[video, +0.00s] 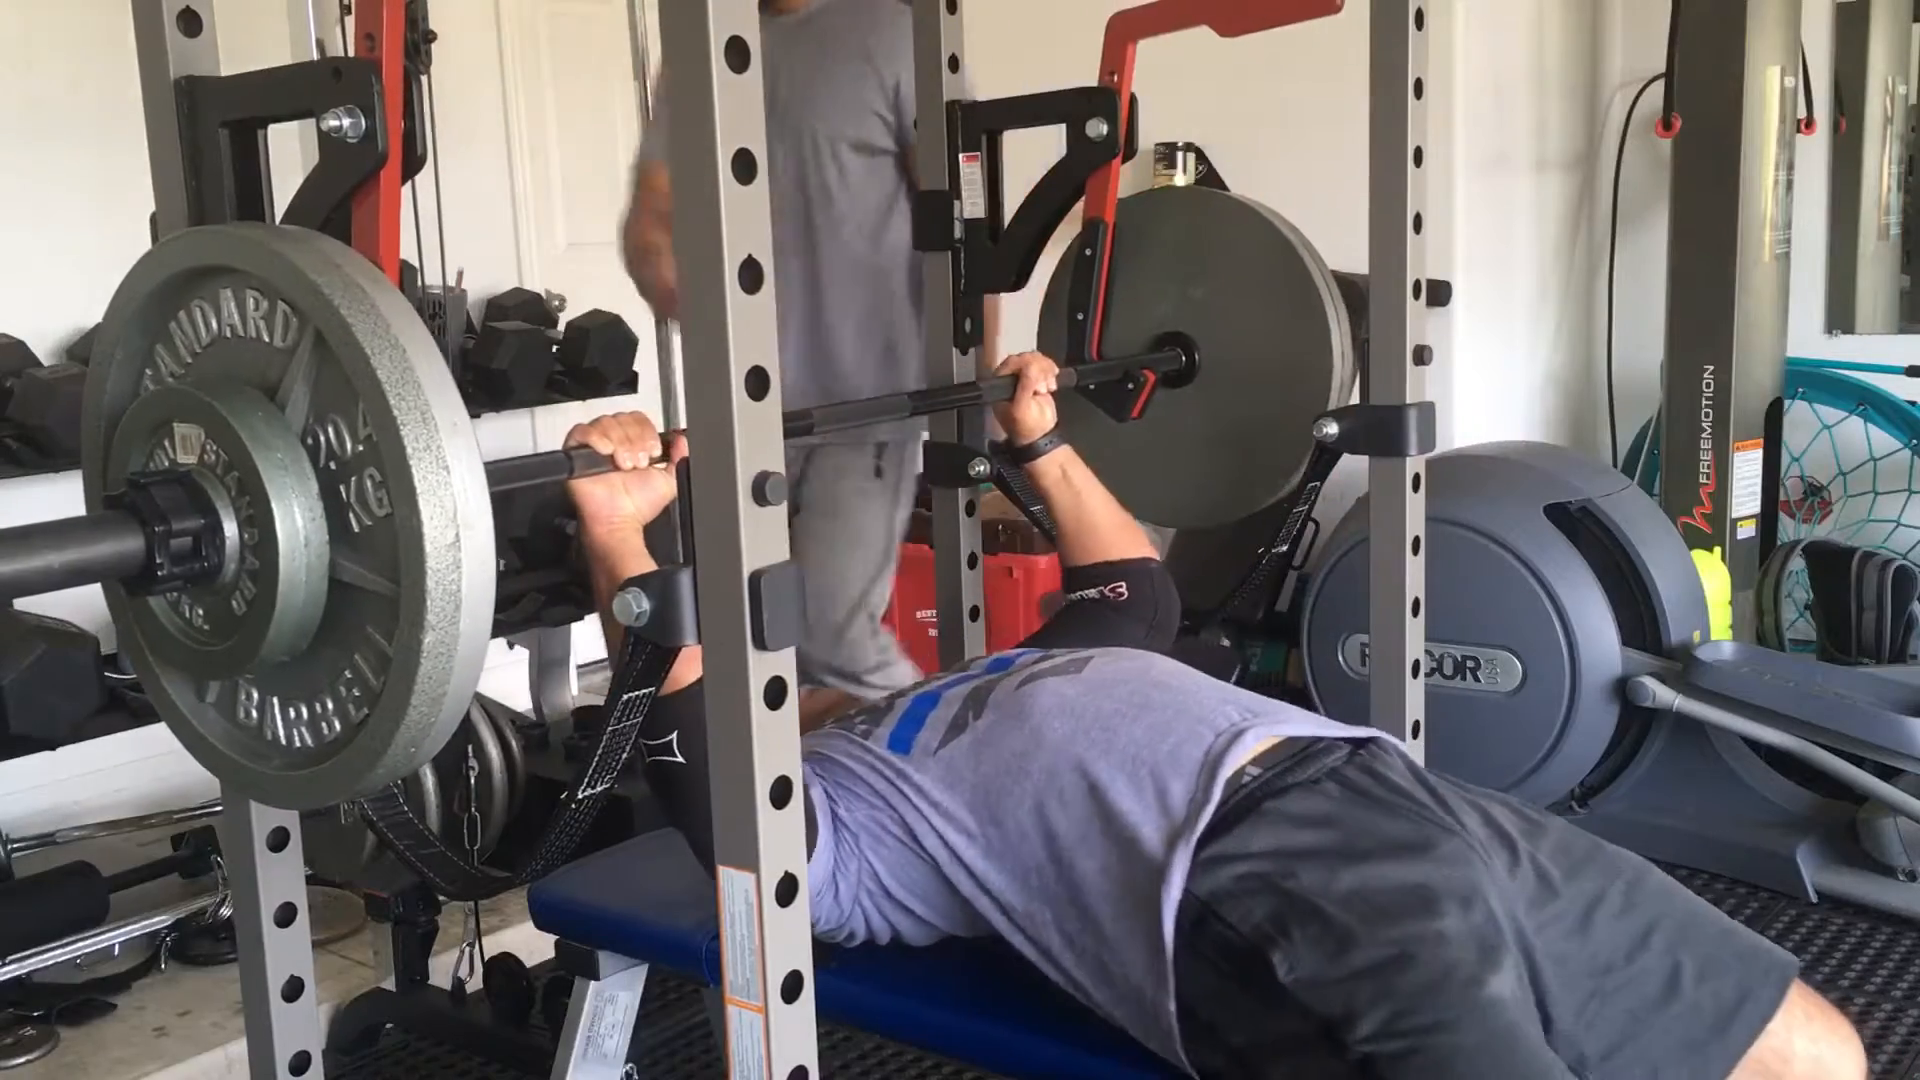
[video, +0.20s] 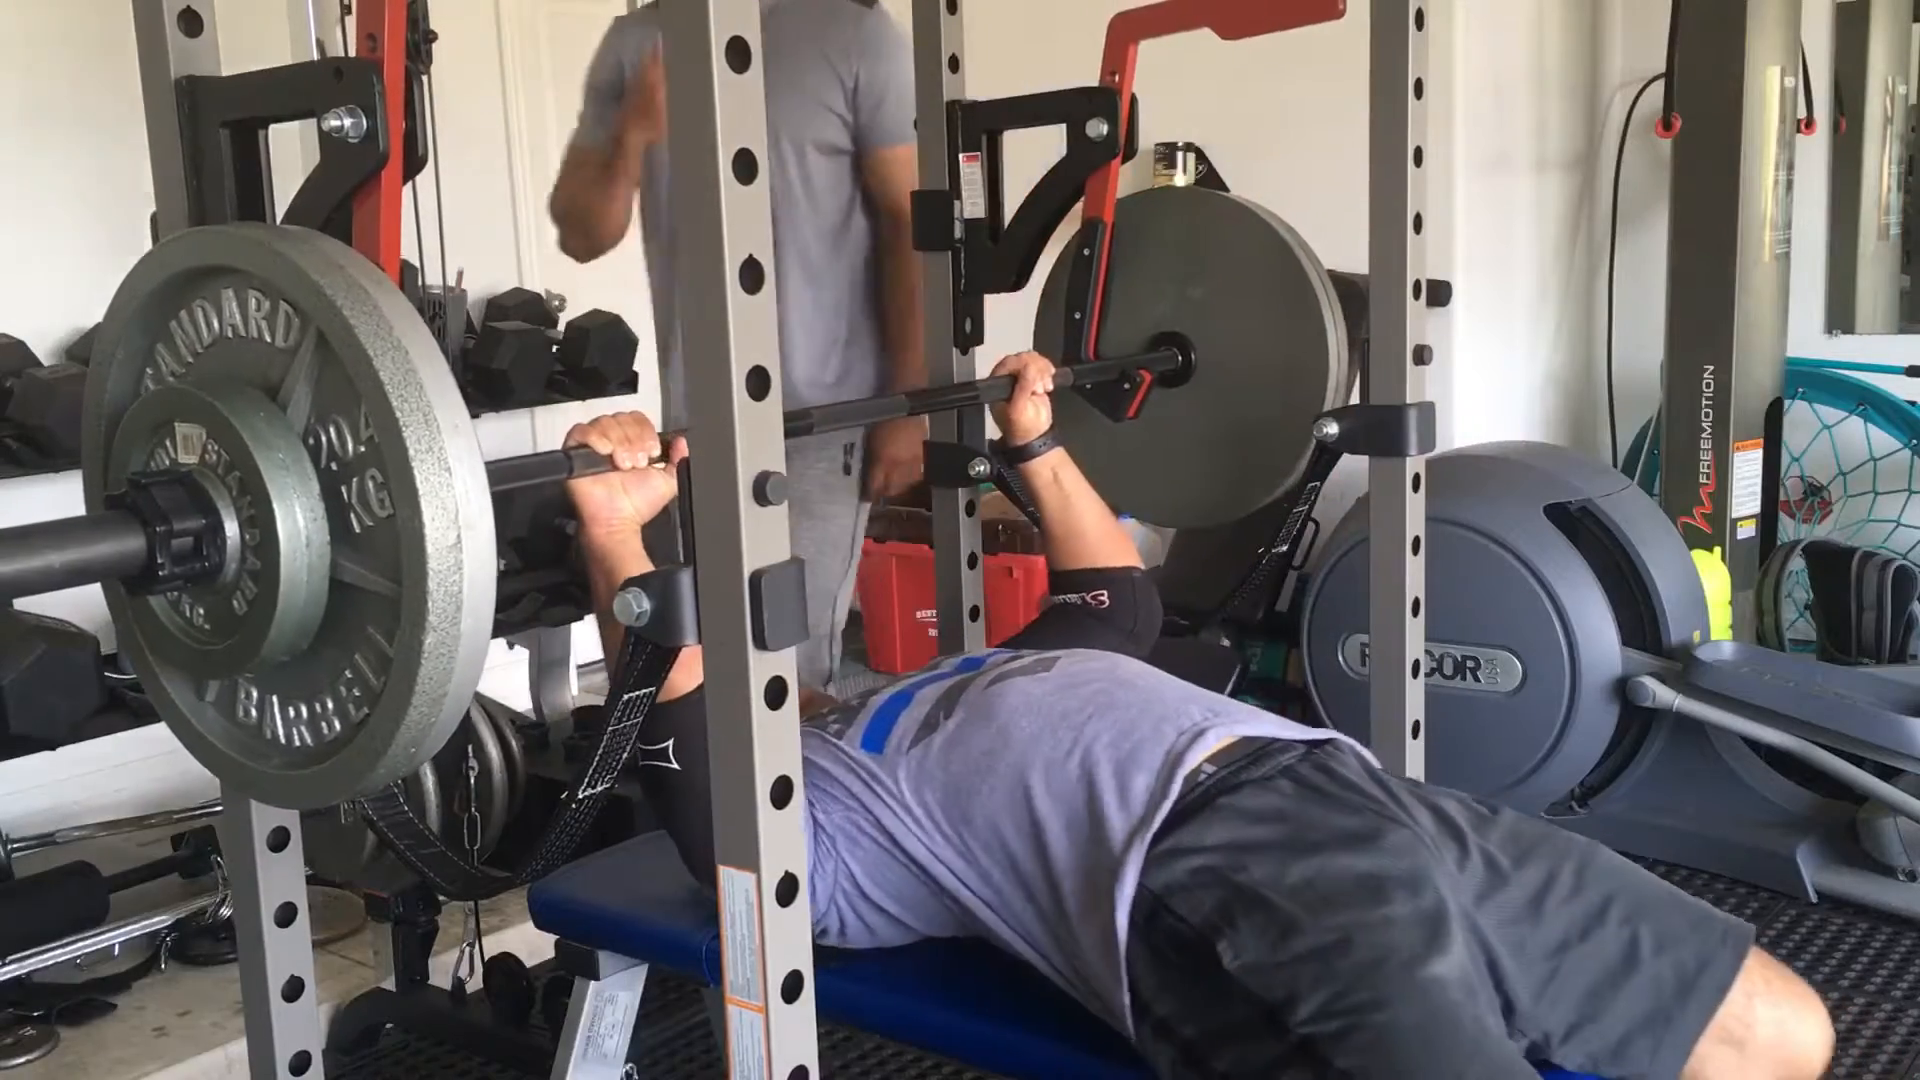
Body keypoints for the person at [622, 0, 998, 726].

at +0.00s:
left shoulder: (890, 30)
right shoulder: (698, 55)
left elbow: (963, 214)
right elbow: (652, 207)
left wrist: (976, 377)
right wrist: (660, 262)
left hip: (870, 388)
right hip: (739, 403)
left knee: (832, 632)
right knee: (751, 641)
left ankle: (949, 767)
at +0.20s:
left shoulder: (856, 31)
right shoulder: (642, 38)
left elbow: (902, 223)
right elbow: (581, 238)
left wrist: (905, 401)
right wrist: (628, 138)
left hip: (823, 414)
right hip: (694, 420)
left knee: (796, 670)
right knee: (689, 667)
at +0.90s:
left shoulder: (833, 53)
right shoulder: (574, 31)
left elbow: (870, 257)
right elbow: (504, 233)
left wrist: (877, 433)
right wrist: (626, 178)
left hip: (776, 445)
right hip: (622, 445)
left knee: (767, 700)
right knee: (639, 706)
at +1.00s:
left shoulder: (830, 51)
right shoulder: (569, 31)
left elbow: (864, 252)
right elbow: (503, 229)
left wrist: (882, 429)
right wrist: (637, 284)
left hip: (772, 454)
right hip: (620, 455)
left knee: (765, 709)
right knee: (642, 715)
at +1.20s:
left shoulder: (807, 37)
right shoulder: (556, 36)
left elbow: (847, 240)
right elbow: (526, 265)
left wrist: (880, 421)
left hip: (770, 453)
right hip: (622, 463)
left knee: (767, 706)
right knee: (636, 725)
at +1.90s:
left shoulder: (705, 28)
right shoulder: (499, 40)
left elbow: (763, 190)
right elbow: (478, 311)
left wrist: (829, 337)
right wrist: (556, 505)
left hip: (756, 439)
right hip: (600, 479)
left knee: (868, 650)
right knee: (643, 758)